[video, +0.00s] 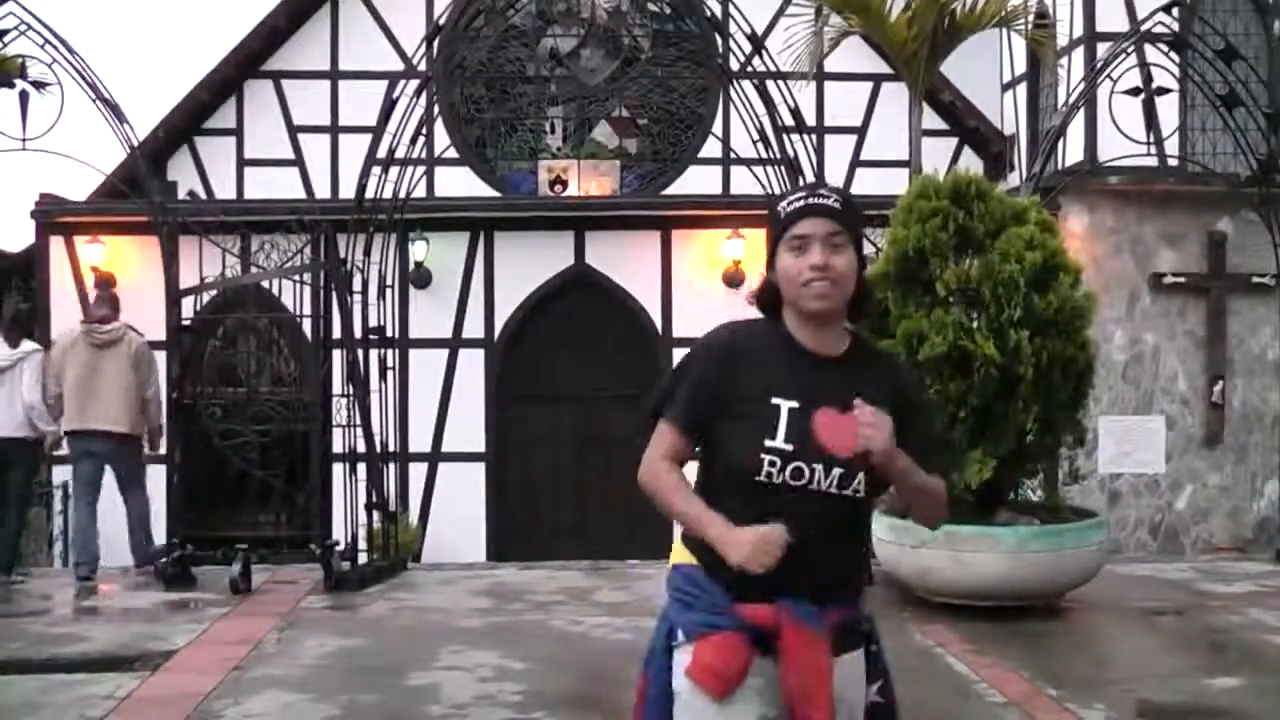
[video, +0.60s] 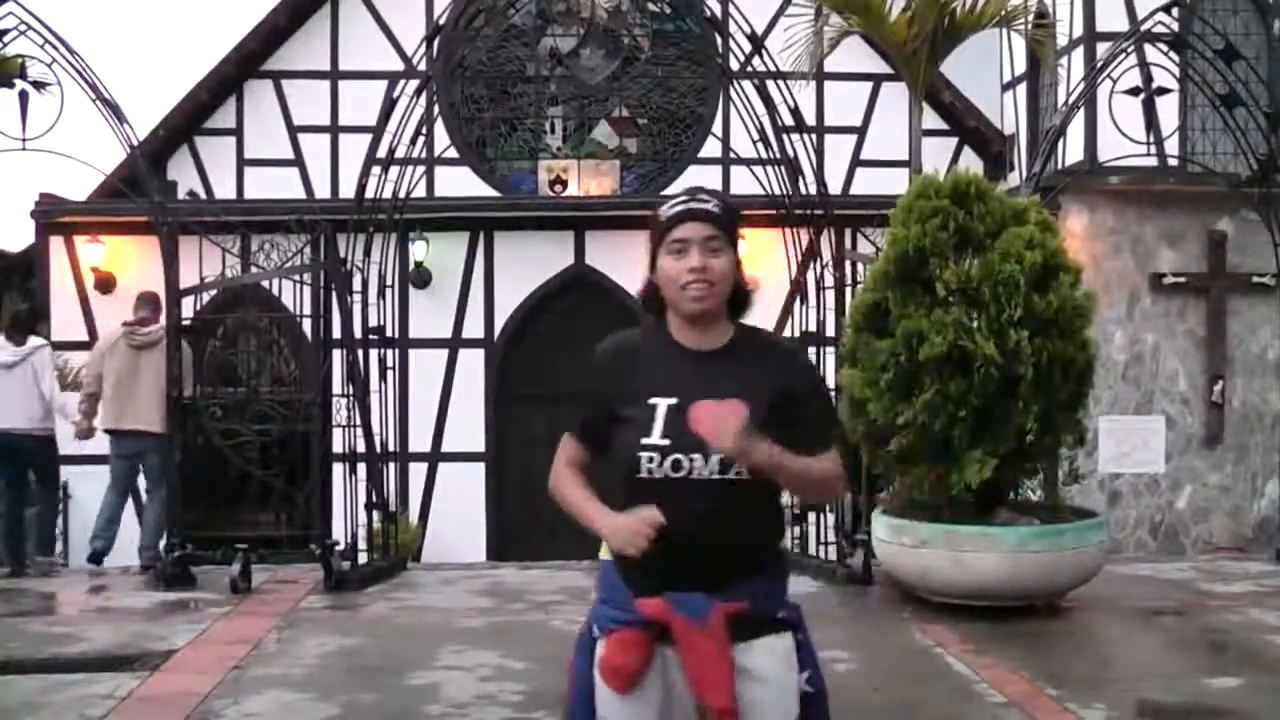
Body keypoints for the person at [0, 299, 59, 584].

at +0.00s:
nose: (32, 330)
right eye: (31, 325)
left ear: (5, 325)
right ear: (27, 326)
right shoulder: (32, 354)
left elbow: (32, 399)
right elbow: (32, 399)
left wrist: (49, 428)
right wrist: (50, 429)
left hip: (8, 437)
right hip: (19, 438)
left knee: (13, 506)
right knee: (14, 506)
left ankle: (9, 566)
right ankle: (7, 568)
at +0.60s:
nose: (38, 328)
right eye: (36, 324)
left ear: (9, 323)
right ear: (32, 325)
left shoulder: (2, 347)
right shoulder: (40, 349)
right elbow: (51, 393)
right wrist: (76, 417)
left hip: (6, 432)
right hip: (37, 434)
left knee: (12, 496)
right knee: (49, 491)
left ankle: (14, 561)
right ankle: (44, 553)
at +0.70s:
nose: (52, 330)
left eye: (51, 325)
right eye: (49, 326)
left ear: (19, 326)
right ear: (40, 327)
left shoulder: (4, 351)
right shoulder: (45, 351)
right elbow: (53, 395)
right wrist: (78, 416)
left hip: (9, 435)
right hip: (40, 435)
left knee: (16, 501)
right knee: (50, 497)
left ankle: (15, 559)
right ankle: (52, 558)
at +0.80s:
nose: (55, 333)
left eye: (54, 328)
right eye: (52, 329)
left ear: (19, 329)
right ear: (44, 330)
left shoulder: (6, 355)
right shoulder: (51, 357)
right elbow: (56, 397)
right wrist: (79, 417)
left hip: (10, 437)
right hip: (43, 438)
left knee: (16, 499)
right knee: (49, 499)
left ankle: (15, 559)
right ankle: (48, 559)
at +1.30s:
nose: (84, 356)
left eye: (85, 351)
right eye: (83, 351)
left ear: (58, 345)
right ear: (75, 348)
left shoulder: (34, 366)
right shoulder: (75, 370)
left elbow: (16, 408)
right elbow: (73, 414)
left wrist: (5, 435)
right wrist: (93, 440)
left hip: (38, 449)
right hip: (67, 451)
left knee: (52, 508)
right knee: (67, 510)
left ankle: (55, 562)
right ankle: (57, 563)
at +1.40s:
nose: (88, 359)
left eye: (88, 355)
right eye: (86, 355)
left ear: (60, 350)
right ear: (79, 353)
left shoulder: (37, 371)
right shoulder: (78, 374)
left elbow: (19, 411)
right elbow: (75, 416)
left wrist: (9, 437)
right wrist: (95, 442)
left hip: (40, 453)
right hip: (69, 455)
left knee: (53, 511)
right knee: (70, 513)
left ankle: (56, 566)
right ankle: (58, 565)